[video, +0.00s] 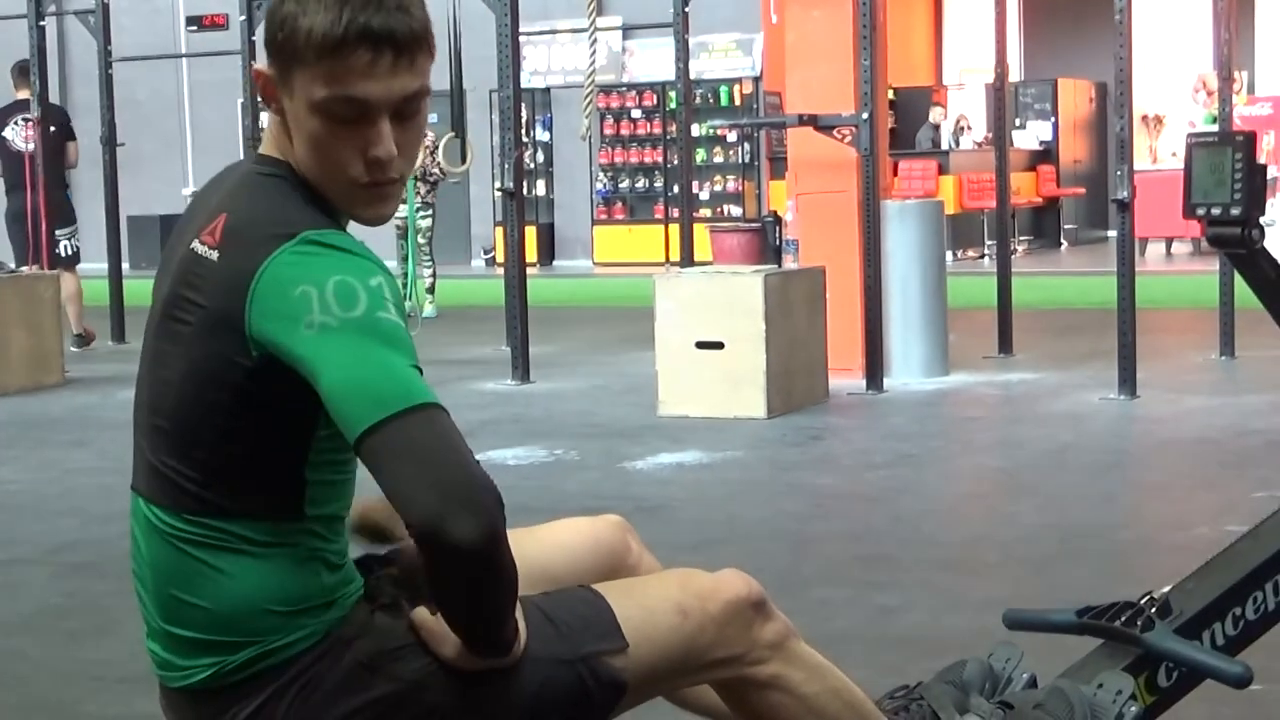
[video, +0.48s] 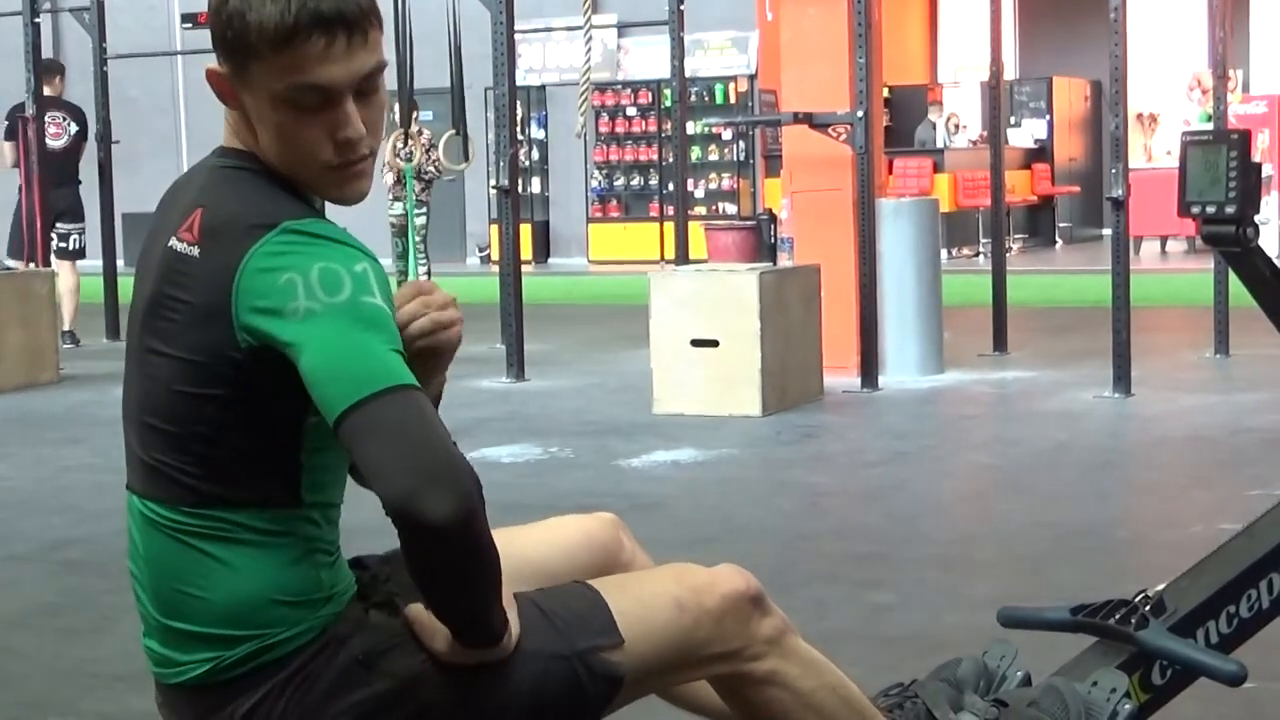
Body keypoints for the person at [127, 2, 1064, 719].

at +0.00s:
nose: (386, 150)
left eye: (404, 111)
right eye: (346, 115)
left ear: (426, 88)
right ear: (269, 93)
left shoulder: (250, 200)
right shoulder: (305, 259)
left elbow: (240, 457)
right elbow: (459, 517)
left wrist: (364, 527)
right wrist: (477, 632)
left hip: (282, 606)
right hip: (286, 678)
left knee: (606, 538)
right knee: (730, 609)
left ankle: (747, 706)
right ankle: (886, 717)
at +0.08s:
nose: (382, 147)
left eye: (400, 107)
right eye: (345, 113)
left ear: (416, 85)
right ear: (264, 100)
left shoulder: (228, 207)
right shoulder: (305, 260)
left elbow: (280, 438)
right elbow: (453, 516)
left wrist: (431, 444)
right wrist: (485, 642)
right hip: (289, 676)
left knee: (610, 545)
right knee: (734, 609)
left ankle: (761, 700)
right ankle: (886, 712)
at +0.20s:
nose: (369, 142)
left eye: (386, 106)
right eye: (328, 110)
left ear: (404, 89)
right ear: (248, 98)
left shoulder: (212, 206)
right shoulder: (301, 261)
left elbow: (292, 484)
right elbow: (447, 507)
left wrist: (414, 397)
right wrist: (471, 632)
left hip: (247, 626)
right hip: (285, 671)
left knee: (604, 541)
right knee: (732, 602)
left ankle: (745, 711)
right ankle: (885, 712)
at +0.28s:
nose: (361, 134)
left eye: (376, 96)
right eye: (319, 105)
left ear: (394, 75)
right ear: (238, 95)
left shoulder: (211, 207)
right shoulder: (299, 258)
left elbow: (318, 466)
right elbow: (448, 501)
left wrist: (395, 377)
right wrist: (464, 621)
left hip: (249, 627)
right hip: (282, 677)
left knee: (603, 539)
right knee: (730, 601)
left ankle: (771, 716)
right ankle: (888, 718)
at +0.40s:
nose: (355, 132)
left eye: (366, 91)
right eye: (309, 104)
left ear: (384, 69)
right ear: (227, 91)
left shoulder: (210, 207)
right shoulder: (295, 255)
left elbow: (322, 467)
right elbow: (438, 494)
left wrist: (420, 373)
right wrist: (473, 630)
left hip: (270, 614)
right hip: (287, 676)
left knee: (599, 539)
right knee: (729, 605)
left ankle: (745, 709)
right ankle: (885, 715)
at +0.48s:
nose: (355, 130)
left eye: (366, 90)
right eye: (309, 104)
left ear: (383, 66)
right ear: (225, 92)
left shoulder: (206, 208)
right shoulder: (298, 253)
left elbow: (328, 470)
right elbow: (433, 498)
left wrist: (422, 380)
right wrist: (473, 631)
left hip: (261, 620)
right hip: (289, 676)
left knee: (599, 540)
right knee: (729, 605)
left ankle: (751, 713)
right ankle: (888, 714)